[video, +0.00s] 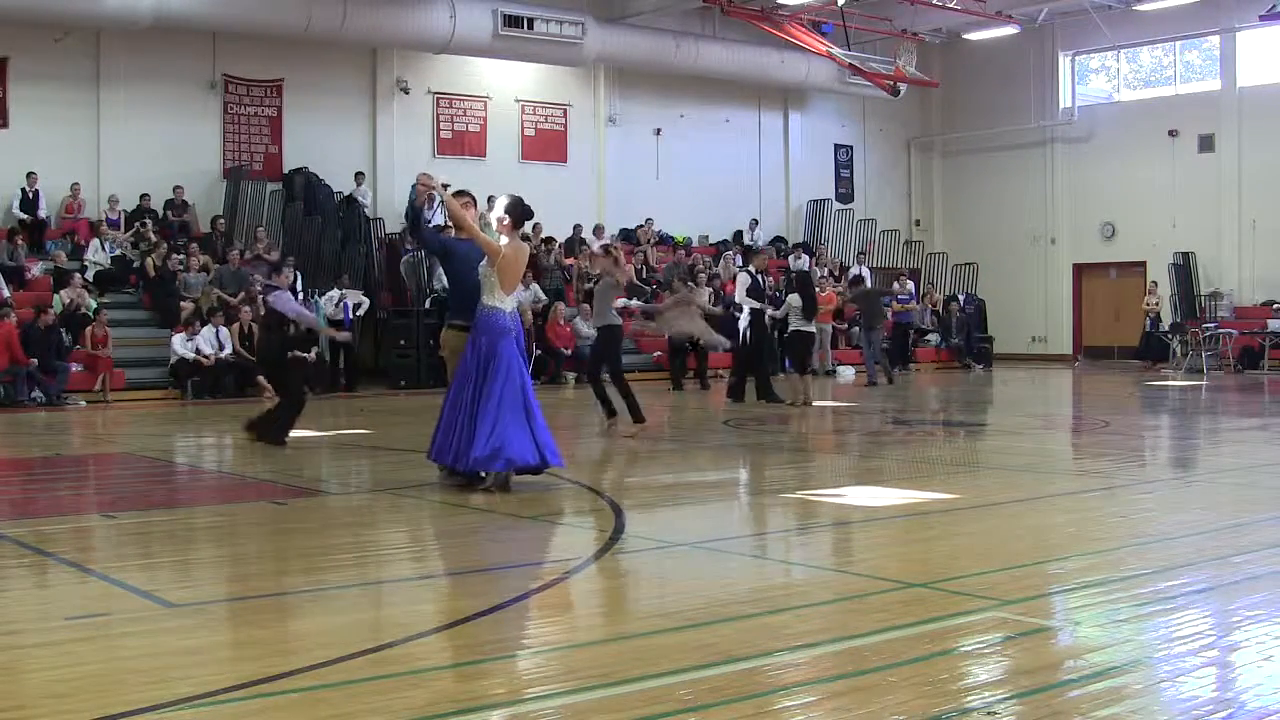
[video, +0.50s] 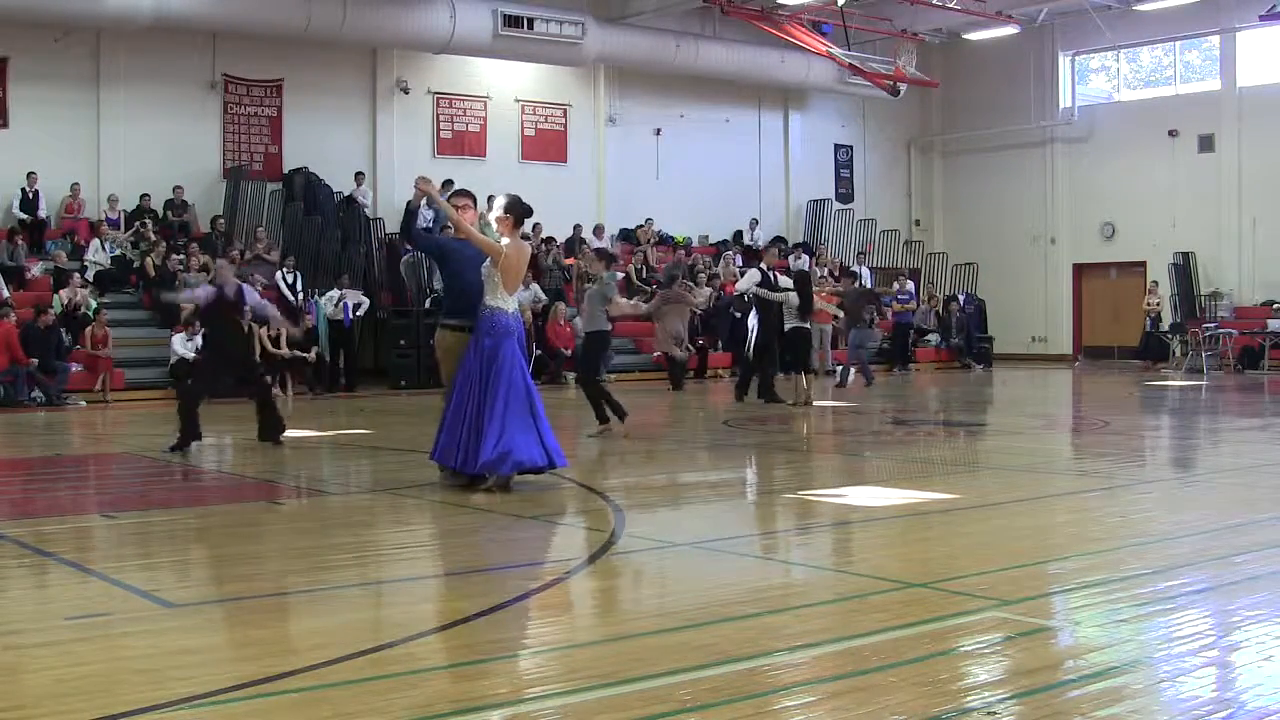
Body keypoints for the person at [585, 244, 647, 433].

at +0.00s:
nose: (595, 261)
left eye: (599, 257)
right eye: (595, 257)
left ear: (610, 259)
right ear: (602, 260)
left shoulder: (613, 279)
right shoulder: (602, 280)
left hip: (611, 328)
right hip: (603, 328)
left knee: (616, 373)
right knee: (592, 373)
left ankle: (638, 418)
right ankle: (611, 414)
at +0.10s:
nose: (598, 262)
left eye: (602, 259)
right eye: (599, 259)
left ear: (613, 261)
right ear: (605, 262)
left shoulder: (615, 281)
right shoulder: (604, 281)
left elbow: (640, 291)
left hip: (613, 329)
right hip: (605, 329)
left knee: (614, 376)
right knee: (592, 374)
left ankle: (638, 419)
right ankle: (611, 415)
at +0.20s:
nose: (598, 263)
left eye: (601, 260)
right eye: (598, 260)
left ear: (613, 261)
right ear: (608, 262)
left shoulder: (616, 280)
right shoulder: (607, 280)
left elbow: (631, 295)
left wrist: (631, 277)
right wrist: (652, 304)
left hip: (612, 330)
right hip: (607, 330)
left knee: (615, 378)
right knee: (589, 376)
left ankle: (639, 420)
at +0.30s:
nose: (598, 263)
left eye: (601, 260)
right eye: (598, 260)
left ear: (611, 261)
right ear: (609, 262)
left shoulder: (616, 281)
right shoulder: (606, 281)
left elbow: (627, 296)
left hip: (611, 332)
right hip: (603, 331)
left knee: (614, 379)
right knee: (586, 378)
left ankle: (638, 419)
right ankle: (602, 420)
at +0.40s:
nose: (593, 264)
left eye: (596, 261)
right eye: (593, 261)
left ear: (607, 262)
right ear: (604, 263)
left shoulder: (612, 283)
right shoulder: (602, 283)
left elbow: (627, 304)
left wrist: (633, 281)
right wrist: (579, 272)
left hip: (605, 333)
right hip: (597, 333)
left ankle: (636, 418)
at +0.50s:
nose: (591, 265)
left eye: (594, 262)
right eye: (591, 262)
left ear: (604, 263)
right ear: (600, 263)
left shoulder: (607, 282)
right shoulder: (599, 283)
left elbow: (617, 304)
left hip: (598, 333)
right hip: (592, 333)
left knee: (588, 378)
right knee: (585, 378)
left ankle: (621, 414)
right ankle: (603, 421)